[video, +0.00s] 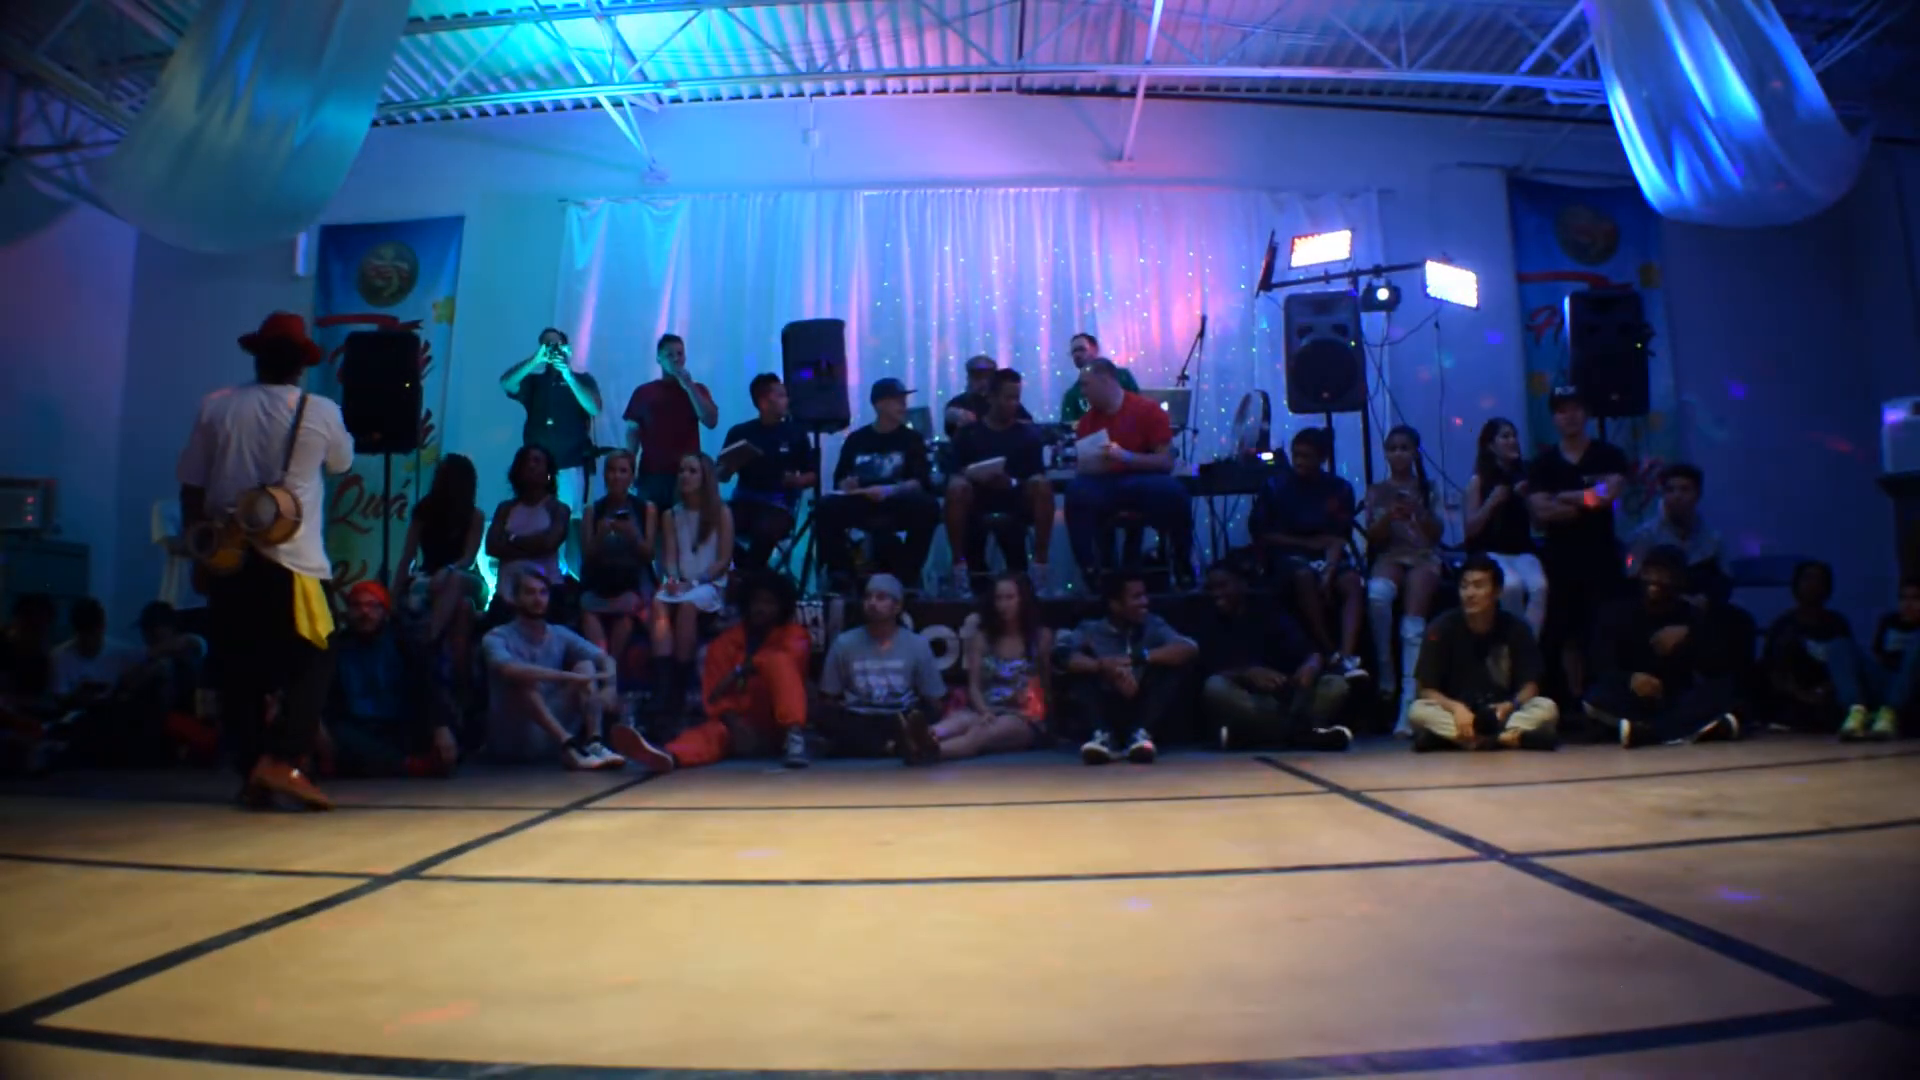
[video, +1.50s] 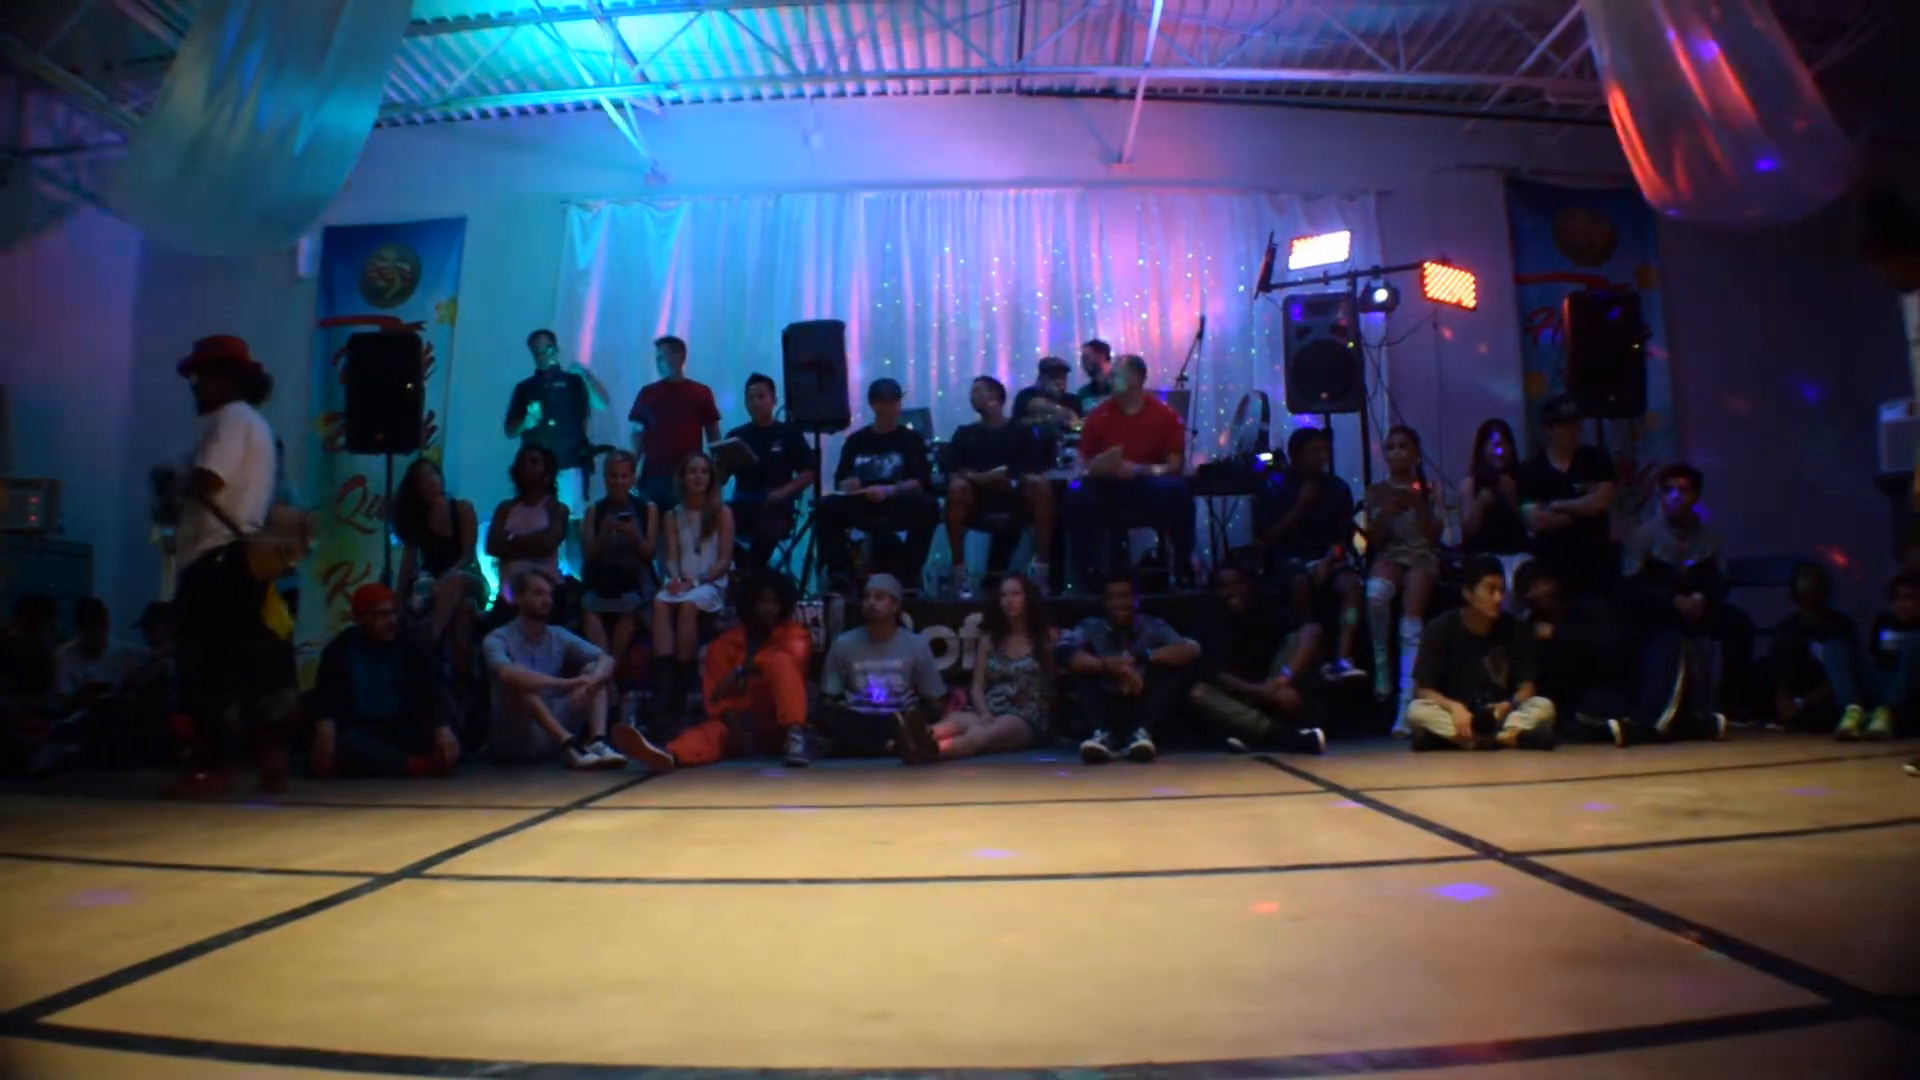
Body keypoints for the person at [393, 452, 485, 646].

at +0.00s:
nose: (450, 488)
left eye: (457, 480)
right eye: (445, 479)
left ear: (467, 484)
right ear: (438, 481)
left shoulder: (474, 516)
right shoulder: (424, 509)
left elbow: (469, 557)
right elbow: (408, 555)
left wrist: (447, 572)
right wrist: (395, 597)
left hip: (465, 579)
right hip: (427, 579)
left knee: (455, 579)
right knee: (463, 606)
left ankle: (429, 640)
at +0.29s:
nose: (441, 469)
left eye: (443, 466)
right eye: (434, 467)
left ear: (449, 475)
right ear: (424, 479)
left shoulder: (466, 504)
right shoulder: (420, 512)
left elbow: (474, 545)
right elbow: (406, 558)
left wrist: (450, 567)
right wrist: (394, 598)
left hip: (466, 579)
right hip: (430, 580)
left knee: (452, 577)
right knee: (464, 607)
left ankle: (428, 644)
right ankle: (461, 676)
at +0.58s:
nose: (423, 481)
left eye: (422, 475)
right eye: (415, 482)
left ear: (430, 475)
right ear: (410, 492)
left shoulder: (464, 504)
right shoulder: (417, 515)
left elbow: (470, 547)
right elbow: (403, 560)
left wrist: (449, 567)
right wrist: (394, 600)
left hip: (467, 581)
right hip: (427, 584)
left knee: (450, 578)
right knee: (463, 605)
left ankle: (428, 648)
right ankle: (460, 681)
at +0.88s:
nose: (426, 485)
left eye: (427, 479)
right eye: (420, 485)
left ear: (437, 477)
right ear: (416, 495)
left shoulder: (468, 506)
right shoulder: (420, 516)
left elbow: (474, 549)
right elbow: (403, 563)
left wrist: (452, 567)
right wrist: (395, 605)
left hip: (468, 578)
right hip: (432, 582)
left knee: (451, 578)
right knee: (464, 606)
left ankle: (429, 644)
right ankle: (463, 679)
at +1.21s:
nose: (427, 482)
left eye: (428, 476)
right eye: (420, 482)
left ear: (437, 477)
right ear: (413, 491)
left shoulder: (463, 507)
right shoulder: (414, 516)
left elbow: (470, 553)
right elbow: (407, 561)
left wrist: (445, 573)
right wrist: (396, 601)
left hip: (465, 577)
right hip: (429, 582)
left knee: (451, 580)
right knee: (462, 606)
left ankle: (426, 646)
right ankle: (459, 678)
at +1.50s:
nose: (432, 482)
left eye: (434, 476)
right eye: (425, 479)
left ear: (442, 479)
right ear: (416, 487)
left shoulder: (463, 510)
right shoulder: (416, 516)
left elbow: (468, 554)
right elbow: (409, 561)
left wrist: (447, 578)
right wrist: (399, 601)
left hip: (467, 578)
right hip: (432, 582)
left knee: (457, 580)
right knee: (465, 607)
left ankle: (430, 643)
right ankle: (461, 679)